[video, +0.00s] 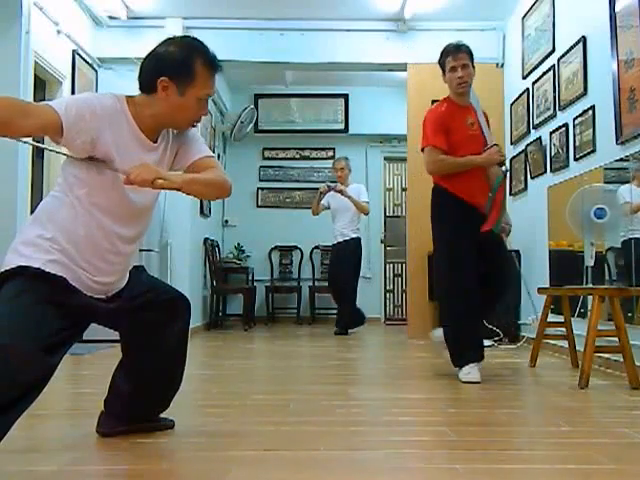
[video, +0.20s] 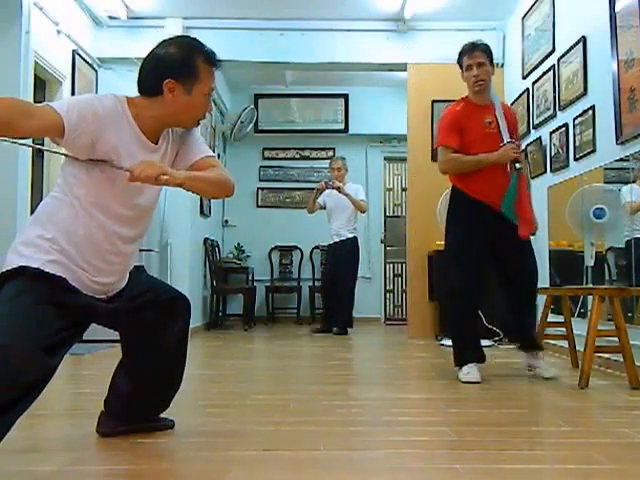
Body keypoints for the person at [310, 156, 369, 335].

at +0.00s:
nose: (339, 173)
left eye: (342, 169)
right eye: (336, 170)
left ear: (349, 171)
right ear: (333, 172)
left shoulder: (357, 189)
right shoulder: (331, 193)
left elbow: (365, 210)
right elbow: (315, 211)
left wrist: (347, 195)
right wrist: (320, 195)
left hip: (352, 241)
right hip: (338, 242)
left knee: (347, 282)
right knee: (333, 282)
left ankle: (342, 324)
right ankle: (355, 315)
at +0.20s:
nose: (336, 173)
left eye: (339, 170)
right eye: (333, 170)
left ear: (346, 171)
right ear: (329, 172)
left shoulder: (355, 189)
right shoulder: (327, 193)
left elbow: (362, 208)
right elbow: (311, 209)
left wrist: (344, 193)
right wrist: (316, 191)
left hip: (349, 242)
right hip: (333, 243)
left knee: (344, 284)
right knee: (328, 284)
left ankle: (342, 324)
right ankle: (328, 322)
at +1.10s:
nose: (325, 171)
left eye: (328, 167)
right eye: (322, 168)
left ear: (333, 170)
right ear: (317, 171)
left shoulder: (342, 189)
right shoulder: (314, 193)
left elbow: (351, 205)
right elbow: (298, 205)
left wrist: (334, 188)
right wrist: (305, 187)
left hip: (337, 242)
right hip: (319, 243)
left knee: (339, 286)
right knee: (318, 287)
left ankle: (341, 324)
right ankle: (318, 323)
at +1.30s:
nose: (324, 171)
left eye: (327, 167)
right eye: (321, 168)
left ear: (332, 170)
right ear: (317, 171)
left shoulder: (342, 189)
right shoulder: (313, 194)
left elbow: (350, 206)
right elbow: (297, 206)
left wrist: (333, 188)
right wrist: (305, 187)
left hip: (337, 241)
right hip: (319, 243)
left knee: (338, 286)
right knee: (317, 287)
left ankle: (341, 324)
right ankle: (318, 323)